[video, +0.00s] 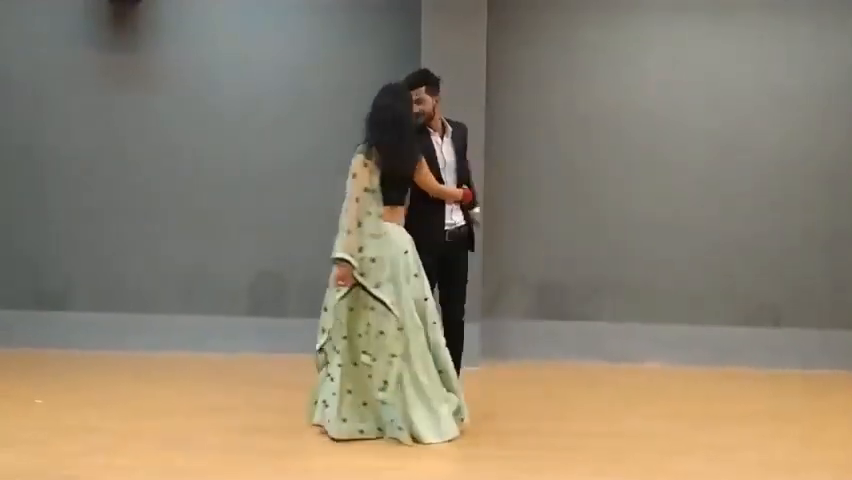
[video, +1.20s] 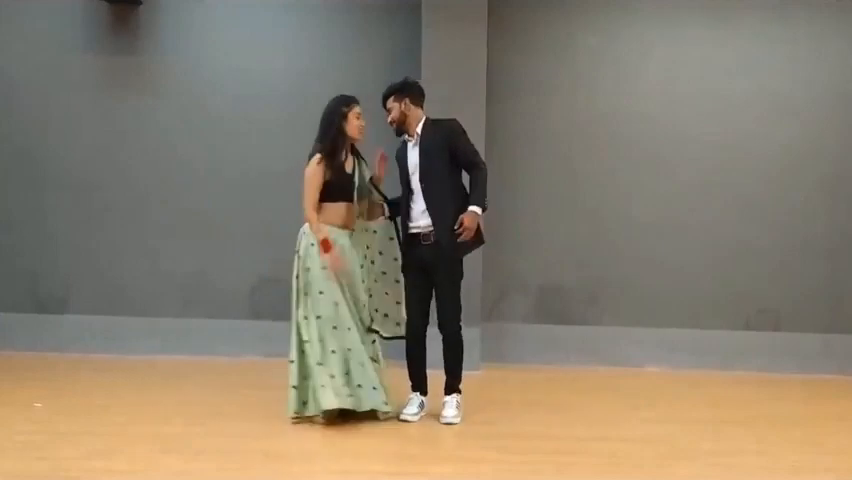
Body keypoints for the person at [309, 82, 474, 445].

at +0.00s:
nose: (414, 111)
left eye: (411, 103)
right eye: (410, 106)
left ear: (375, 114)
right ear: (406, 115)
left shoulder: (364, 158)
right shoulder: (411, 156)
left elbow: (352, 210)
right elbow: (432, 188)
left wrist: (345, 256)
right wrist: (458, 194)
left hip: (369, 248)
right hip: (400, 247)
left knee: (363, 329)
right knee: (401, 328)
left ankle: (358, 410)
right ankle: (401, 409)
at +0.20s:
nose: (396, 118)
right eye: (394, 112)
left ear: (359, 113)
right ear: (391, 116)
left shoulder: (343, 154)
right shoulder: (397, 157)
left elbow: (320, 204)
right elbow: (429, 189)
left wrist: (298, 250)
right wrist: (463, 195)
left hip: (352, 239)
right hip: (386, 240)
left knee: (344, 326)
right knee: (382, 329)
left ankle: (342, 414)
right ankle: (383, 413)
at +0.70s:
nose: (377, 128)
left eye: (376, 121)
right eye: (375, 122)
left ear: (346, 123)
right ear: (366, 124)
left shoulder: (327, 165)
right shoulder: (371, 165)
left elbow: (316, 216)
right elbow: (405, 205)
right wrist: (447, 202)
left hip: (333, 248)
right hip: (364, 248)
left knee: (330, 328)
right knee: (363, 329)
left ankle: (322, 408)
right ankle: (360, 410)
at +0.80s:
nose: (374, 128)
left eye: (374, 121)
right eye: (372, 122)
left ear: (344, 124)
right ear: (361, 124)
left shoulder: (332, 163)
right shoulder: (364, 163)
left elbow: (331, 211)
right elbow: (395, 205)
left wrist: (380, 211)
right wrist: (440, 202)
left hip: (335, 246)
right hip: (361, 247)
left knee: (332, 326)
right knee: (361, 327)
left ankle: (324, 404)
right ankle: (357, 407)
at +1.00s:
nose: (369, 126)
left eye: (369, 119)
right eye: (365, 120)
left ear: (352, 123)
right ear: (350, 122)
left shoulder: (354, 158)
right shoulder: (343, 160)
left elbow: (359, 207)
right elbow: (360, 206)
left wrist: (383, 211)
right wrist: (400, 205)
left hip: (355, 240)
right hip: (342, 242)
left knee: (358, 320)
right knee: (349, 320)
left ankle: (355, 401)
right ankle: (346, 403)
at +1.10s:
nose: (367, 123)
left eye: (367, 117)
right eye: (362, 117)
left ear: (356, 120)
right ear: (347, 120)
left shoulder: (360, 155)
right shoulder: (333, 159)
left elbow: (367, 197)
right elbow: (334, 207)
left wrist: (375, 167)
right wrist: (373, 216)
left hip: (363, 241)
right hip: (337, 244)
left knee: (364, 317)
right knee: (348, 318)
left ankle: (362, 396)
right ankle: (345, 399)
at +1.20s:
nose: (362, 123)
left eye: (361, 117)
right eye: (356, 118)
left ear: (353, 123)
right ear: (339, 121)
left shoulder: (357, 162)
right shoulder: (319, 163)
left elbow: (363, 209)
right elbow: (310, 210)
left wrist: (378, 182)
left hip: (349, 242)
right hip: (321, 242)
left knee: (351, 319)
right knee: (329, 319)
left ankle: (353, 397)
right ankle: (330, 398)